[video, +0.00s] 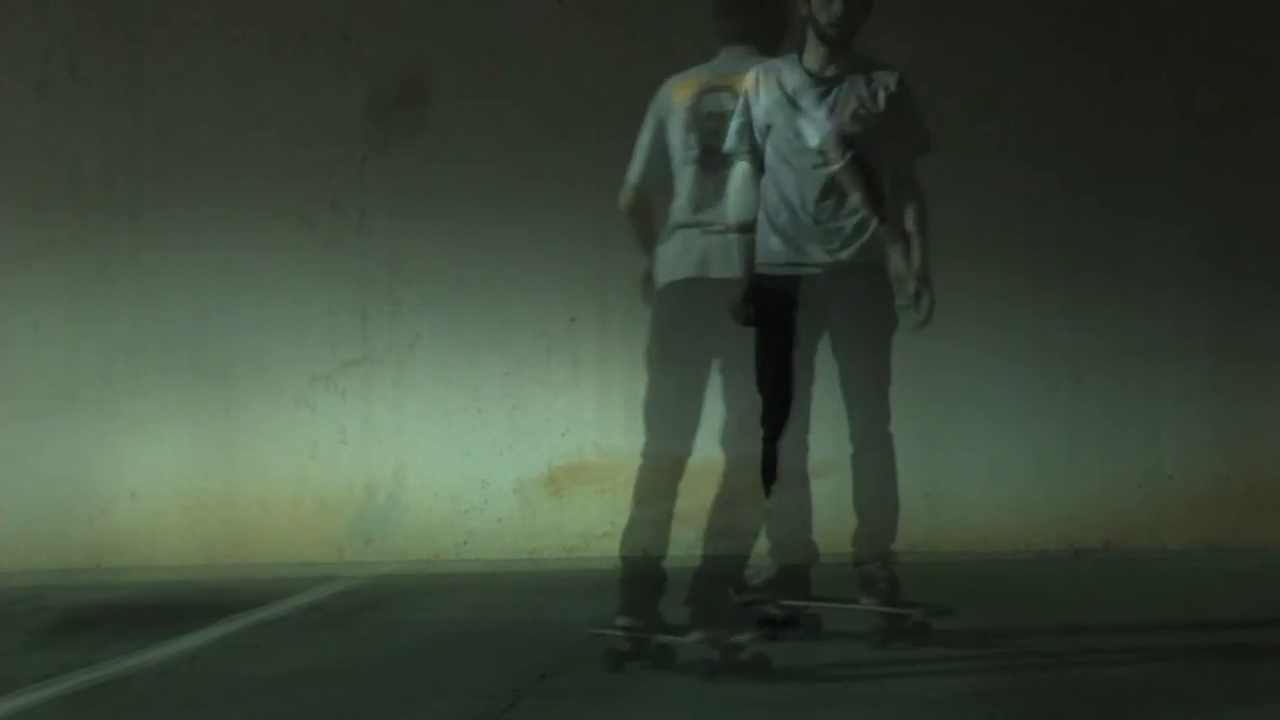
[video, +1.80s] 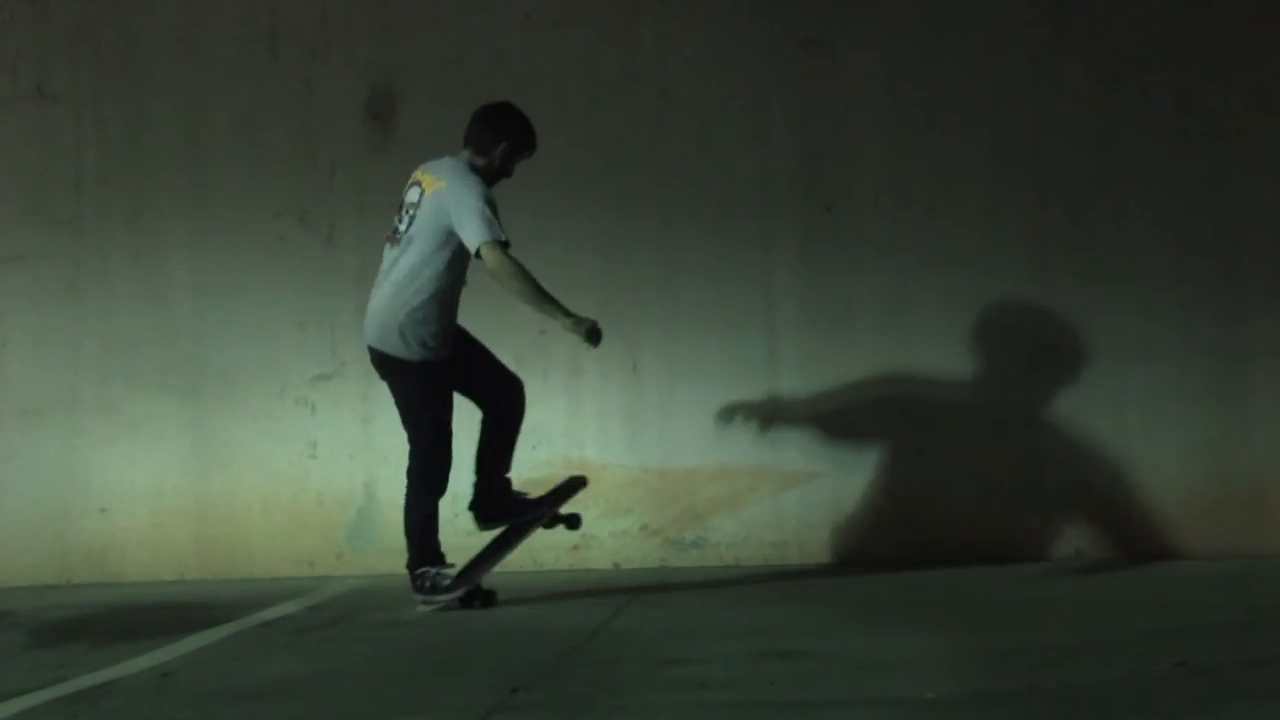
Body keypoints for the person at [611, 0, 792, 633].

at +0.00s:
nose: (784, 26)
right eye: (780, 18)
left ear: (717, 23)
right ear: (774, 22)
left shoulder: (675, 89)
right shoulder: (785, 82)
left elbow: (635, 195)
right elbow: (811, 180)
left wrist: (660, 256)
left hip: (684, 268)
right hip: (760, 268)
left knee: (667, 434)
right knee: (748, 439)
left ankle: (639, 587)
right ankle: (716, 591)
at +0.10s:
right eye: (724, 23)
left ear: (663, 32)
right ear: (723, 31)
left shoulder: (624, 95)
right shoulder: (740, 85)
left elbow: (584, 197)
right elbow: (765, 175)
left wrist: (603, 265)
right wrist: (765, 264)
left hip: (635, 274)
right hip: (712, 271)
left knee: (628, 439)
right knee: (715, 438)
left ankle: (605, 590)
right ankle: (688, 586)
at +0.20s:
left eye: (633, 27)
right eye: (677, 27)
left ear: (625, 36)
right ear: (682, 35)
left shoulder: (584, 99)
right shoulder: (696, 88)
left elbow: (545, 205)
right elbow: (738, 161)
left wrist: (565, 271)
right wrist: (784, 258)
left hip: (593, 285)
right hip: (668, 283)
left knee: (584, 441)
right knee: (675, 441)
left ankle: (560, 588)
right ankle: (646, 587)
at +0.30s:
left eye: (597, 39)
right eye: (651, 45)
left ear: (592, 48)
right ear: (649, 46)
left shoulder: (555, 105)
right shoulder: (663, 94)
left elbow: (511, 209)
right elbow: (708, 167)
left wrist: (529, 271)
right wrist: (756, 256)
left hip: (560, 293)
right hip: (632, 292)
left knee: (547, 436)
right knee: (630, 444)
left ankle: (511, 578)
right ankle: (589, 582)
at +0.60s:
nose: (581, 79)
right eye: (581, 69)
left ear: (522, 66)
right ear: (579, 68)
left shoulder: (480, 119)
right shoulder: (589, 117)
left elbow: (428, 205)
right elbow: (637, 197)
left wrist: (431, 272)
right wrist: (673, 275)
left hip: (477, 301)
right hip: (544, 302)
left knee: (480, 439)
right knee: (547, 443)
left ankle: (462, 573)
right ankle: (506, 571)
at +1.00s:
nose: (532, 119)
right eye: (534, 111)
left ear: (480, 96)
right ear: (530, 105)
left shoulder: (430, 137)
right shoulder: (523, 139)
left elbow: (375, 220)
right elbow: (554, 221)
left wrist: (372, 292)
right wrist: (579, 299)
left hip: (411, 302)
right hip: (472, 301)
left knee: (423, 436)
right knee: (487, 433)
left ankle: (417, 567)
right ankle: (449, 558)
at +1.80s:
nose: (514, 170)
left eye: (518, 161)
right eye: (516, 159)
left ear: (474, 142)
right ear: (498, 149)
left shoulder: (432, 172)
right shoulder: (464, 187)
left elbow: (402, 243)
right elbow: (496, 261)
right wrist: (568, 318)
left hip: (430, 332)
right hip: (408, 340)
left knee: (505, 395)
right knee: (430, 457)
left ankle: (493, 499)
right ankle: (424, 568)